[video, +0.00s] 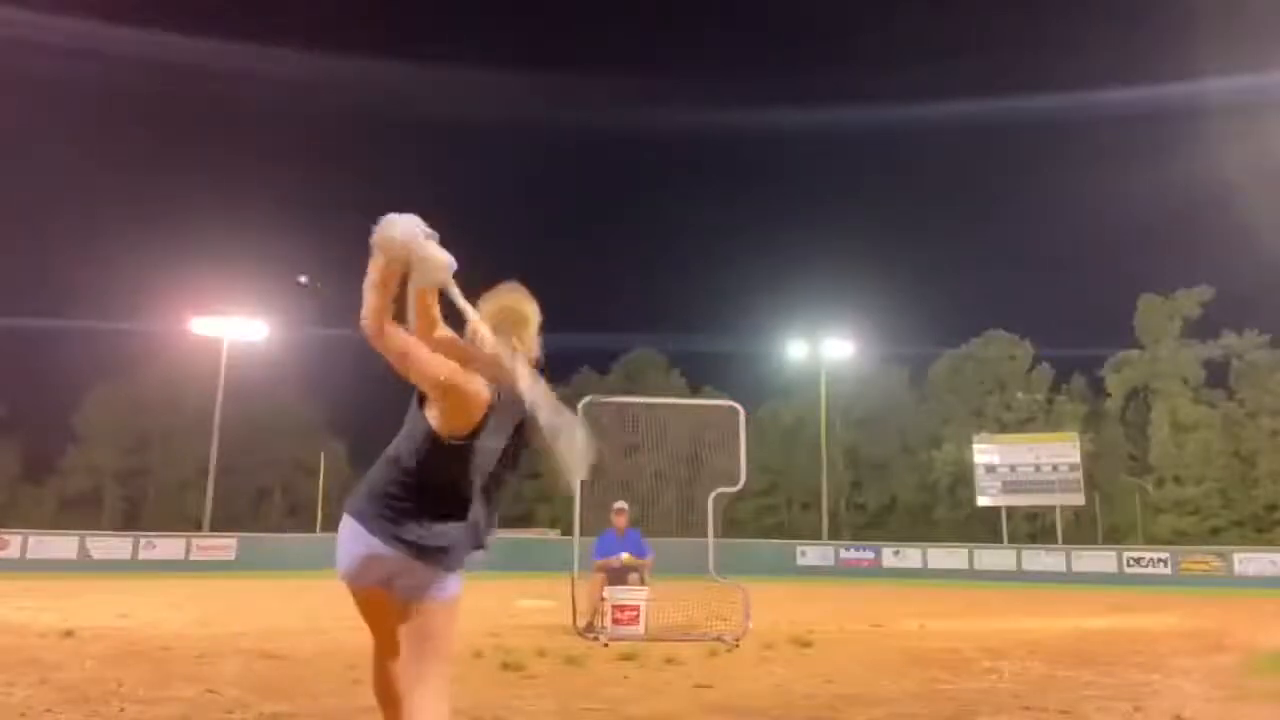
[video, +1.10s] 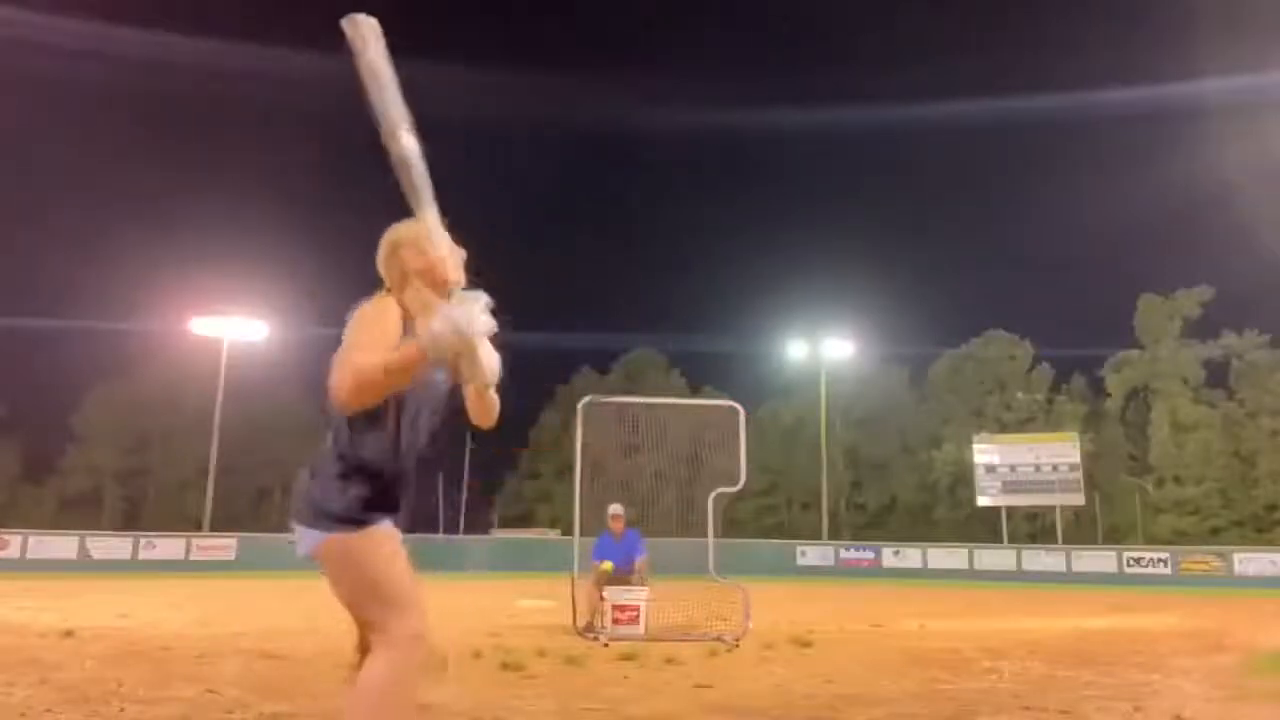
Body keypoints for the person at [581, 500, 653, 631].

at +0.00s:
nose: (620, 518)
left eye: (623, 514)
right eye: (617, 514)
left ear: (628, 517)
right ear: (611, 517)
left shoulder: (635, 535)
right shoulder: (605, 536)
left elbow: (648, 560)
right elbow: (596, 564)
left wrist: (632, 561)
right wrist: (612, 562)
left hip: (629, 570)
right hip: (611, 571)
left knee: (634, 578)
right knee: (598, 577)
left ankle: (635, 620)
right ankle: (591, 620)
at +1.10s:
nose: (617, 523)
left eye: (620, 519)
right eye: (614, 519)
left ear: (624, 520)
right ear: (608, 521)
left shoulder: (633, 536)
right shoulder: (603, 538)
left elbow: (640, 558)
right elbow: (596, 561)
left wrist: (639, 575)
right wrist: (602, 569)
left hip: (628, 573)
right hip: (609, 574)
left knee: (640, 582)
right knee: (594, 586)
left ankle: (637, 623)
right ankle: (590, 621)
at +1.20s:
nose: (615, 522)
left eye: (618, 518)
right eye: (611, 518)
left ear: (623, 519)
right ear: (606, 520)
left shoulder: (632, 537)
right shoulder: (601, 538)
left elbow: (640, 559)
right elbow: (597, 563)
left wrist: (638, 576)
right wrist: (599, 577)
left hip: (628, 575)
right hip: (608, 576)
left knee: (641, 582)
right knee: (593, 587)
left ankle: (637, 622)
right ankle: (590, 621)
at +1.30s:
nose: (614, 521)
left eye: (617, 517)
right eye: (611, 518)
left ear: (623, 519)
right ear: (606, 520)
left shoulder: (632, 537)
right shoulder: (601, 539)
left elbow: (640, 559)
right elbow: (595, 564)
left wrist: (638, 576)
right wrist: (602, 570)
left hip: (628, 575)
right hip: (608, 576)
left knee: (641, 582)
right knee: (593, 587)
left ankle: (637, 621)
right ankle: (591, 621)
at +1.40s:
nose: (613, 521)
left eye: (616, 517)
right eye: (610, 517)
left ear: (622, 519)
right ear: (605, 520)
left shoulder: (631, 537)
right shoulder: (600, 538)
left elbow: (640, 559)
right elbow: (596, 564)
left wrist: (638, 576)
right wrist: (601, 574)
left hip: (627, 575)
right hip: (608, 575)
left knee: (641, 582)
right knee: (593, 586)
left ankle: (636, 621)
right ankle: (591, 621)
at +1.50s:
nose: (613, 521)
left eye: (615, 517)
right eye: (609, 517)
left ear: (622, 519)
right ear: (604, 520)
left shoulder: (631, 537)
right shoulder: (600, 539)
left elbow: (640, 560)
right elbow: (596, 564)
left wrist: (638, 577)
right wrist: (601, 575)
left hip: (627, 575)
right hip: (608, 576)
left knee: (641, 582)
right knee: (593, 586)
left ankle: (636, 621)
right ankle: (591, 621)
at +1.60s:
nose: (612, 521)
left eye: (614, 517)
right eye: (608, 517)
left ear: (620, 518)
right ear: (604, 520)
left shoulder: (630, 537)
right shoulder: (599, 539)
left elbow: (640, 560)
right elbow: (595, 565)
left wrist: (638, 578)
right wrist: (602, 571)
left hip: (627, 575)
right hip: (608, 576)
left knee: (639, 582)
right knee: (593, 586)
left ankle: (636, 622)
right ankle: (591, 621)